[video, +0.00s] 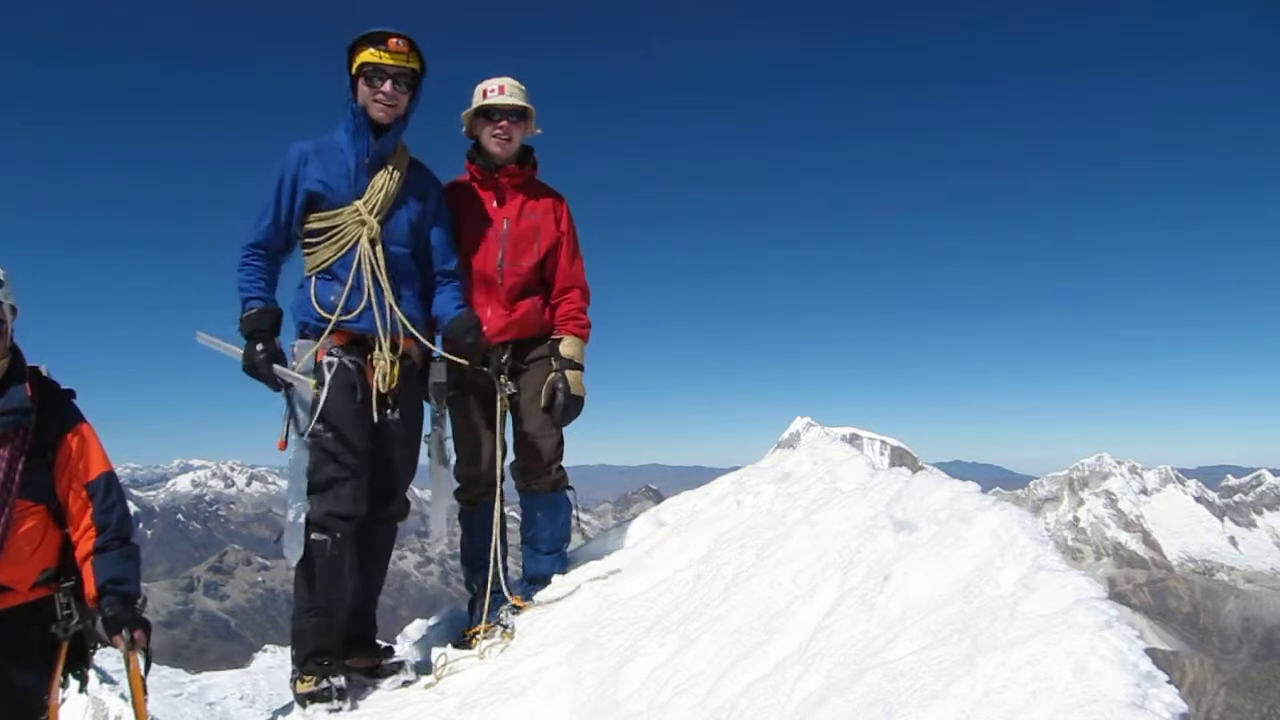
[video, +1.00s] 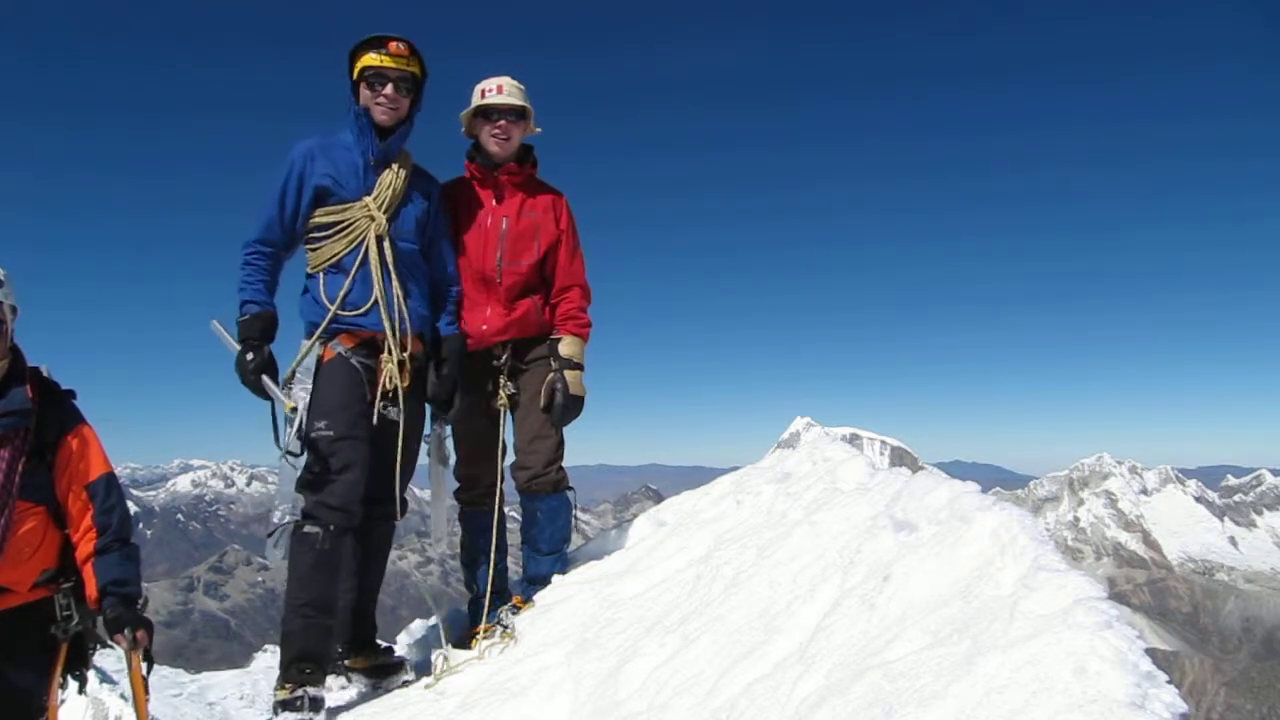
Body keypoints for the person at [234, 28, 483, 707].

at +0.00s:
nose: (388, 89)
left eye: (401, 80)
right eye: (376, 76)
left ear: (414, 92)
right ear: (355, 83)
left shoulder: (421, 182)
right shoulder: (309, 160)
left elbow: (445, 274)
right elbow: (261, 250)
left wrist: (456, 328)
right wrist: (259, 329)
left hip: (404, 357)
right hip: (330, 352)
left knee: (384, 503)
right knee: (339, 500)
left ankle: (357, 641)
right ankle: (316, 658)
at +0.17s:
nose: (389, 91)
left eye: (402, 82)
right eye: (377, 79)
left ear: (415, 94)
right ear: (356, 86)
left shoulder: (425, 183)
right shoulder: (312, 162)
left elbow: (447, 276)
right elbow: (266, 252)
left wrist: (453, 335)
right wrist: (257, 328)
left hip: (405, 353)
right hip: (329, 347)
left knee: (383, 495)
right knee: (330, 485)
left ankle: (357, 638)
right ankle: (311, 645)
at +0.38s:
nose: (389, 94)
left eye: (402, 85)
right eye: (378, 82)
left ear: (416, 96)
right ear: (357, 89)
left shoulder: (427, 186)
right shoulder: (313, 164)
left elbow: (448, 279)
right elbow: (264, 252)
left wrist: (452, 340)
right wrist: (255, 329)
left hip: (405, 357)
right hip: (332, 351)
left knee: (381, 500)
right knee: (332, 491)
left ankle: (357, 640)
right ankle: (303, 665)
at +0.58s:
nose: (388, 92)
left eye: (401, 83)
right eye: (376, 80)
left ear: (416, 96)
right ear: (356, 88)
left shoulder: (428, 187)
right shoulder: (315, 162)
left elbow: (449, 278)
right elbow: (262, 253)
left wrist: (449, 339)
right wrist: (254, 333)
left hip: (408, 359)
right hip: (337, 352)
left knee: (381, 502)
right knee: (328, 499)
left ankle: (356, 637)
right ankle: (301, 667)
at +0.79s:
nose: (388, 92)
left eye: (401, 84)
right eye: (376, 81)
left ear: (416, 96)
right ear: (356, 88)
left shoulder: (427, 187)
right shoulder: (317, 159)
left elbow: (448, 281)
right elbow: (263, 251)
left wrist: (447, 352)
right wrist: (255, 334)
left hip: (408, 360)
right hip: (340, 352)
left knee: (382, 502)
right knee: (334, 498)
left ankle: (356, 640)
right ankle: (302, 669)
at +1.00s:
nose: (389, 92)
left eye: (402, 84)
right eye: (377, 80)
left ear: (417, 97)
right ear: (356, 88)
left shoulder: (426, 188)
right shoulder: (319, 156)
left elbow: (444, 282)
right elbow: (262, 247)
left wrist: (447, 351)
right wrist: (256, 332)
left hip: (409, 361)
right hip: (342, 352)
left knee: (381, 504)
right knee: (334, 500)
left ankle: (356, 640)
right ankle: (302, 670)